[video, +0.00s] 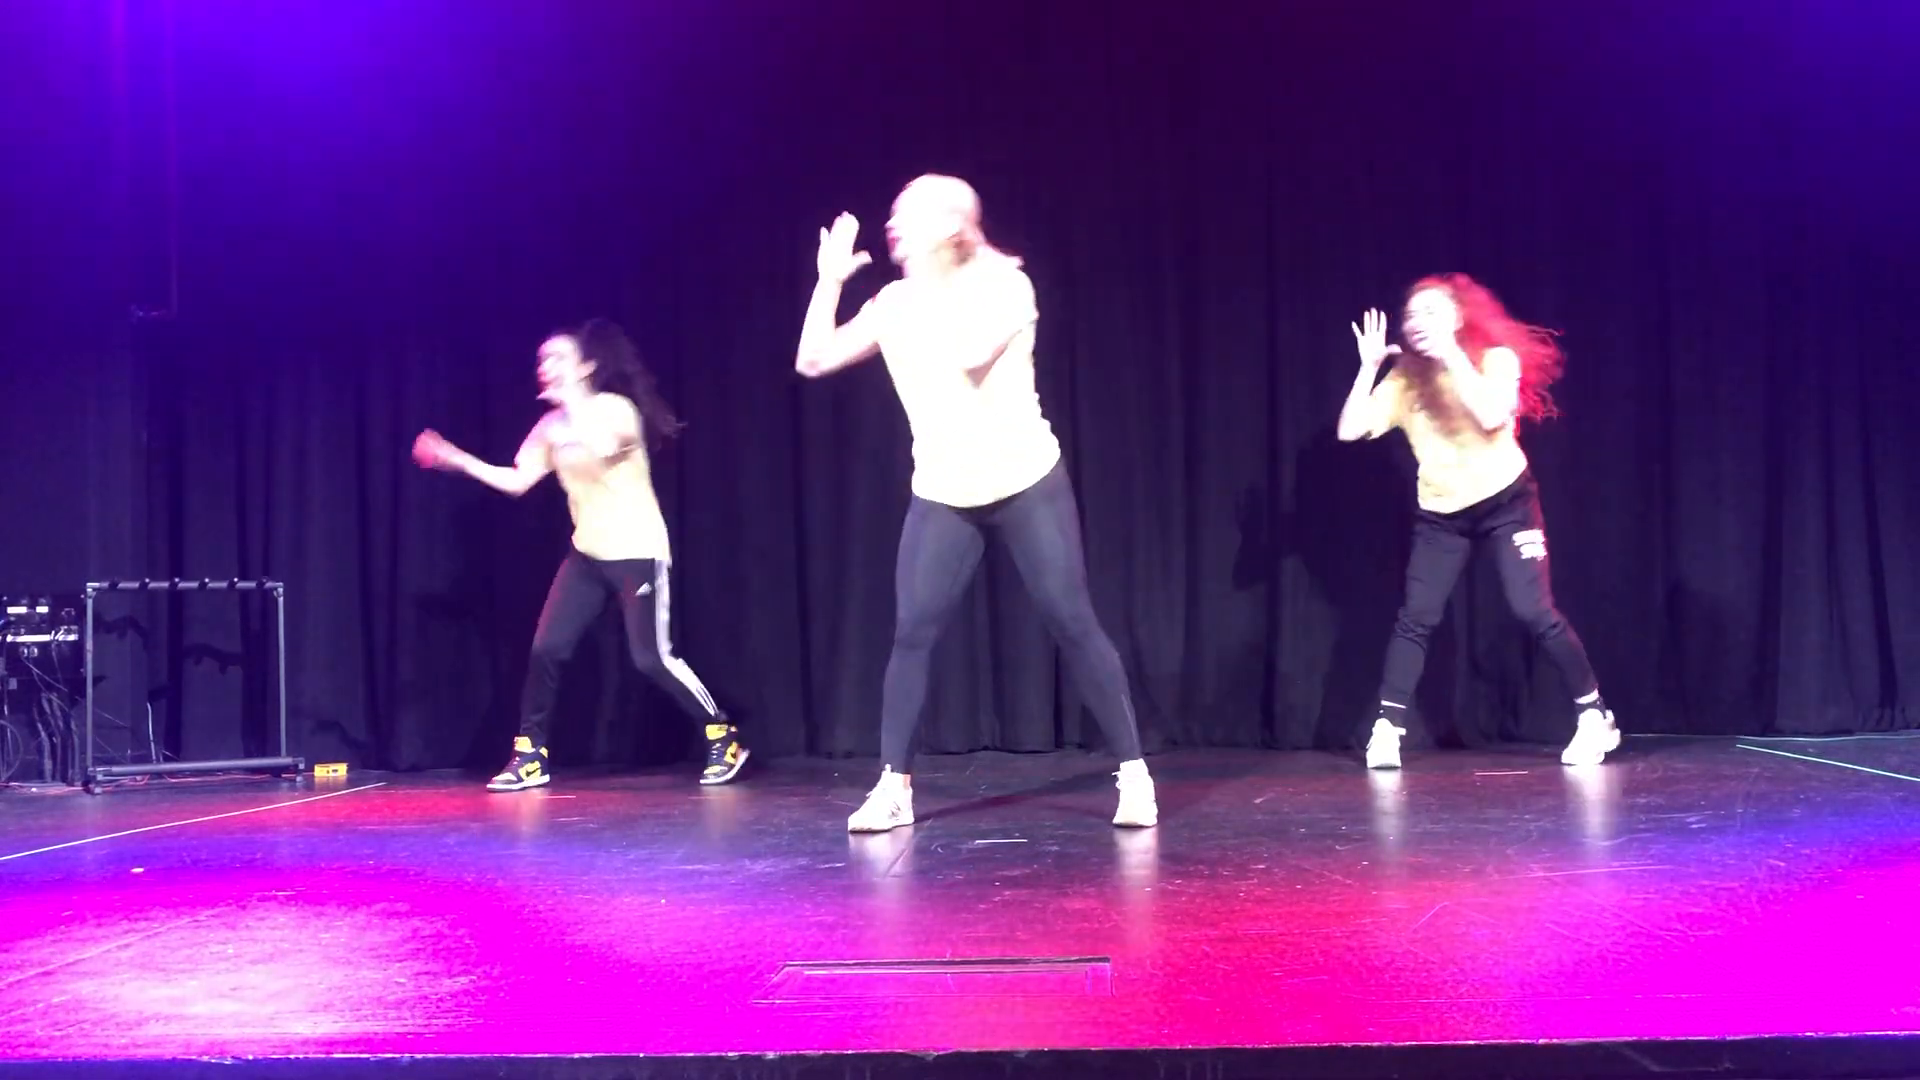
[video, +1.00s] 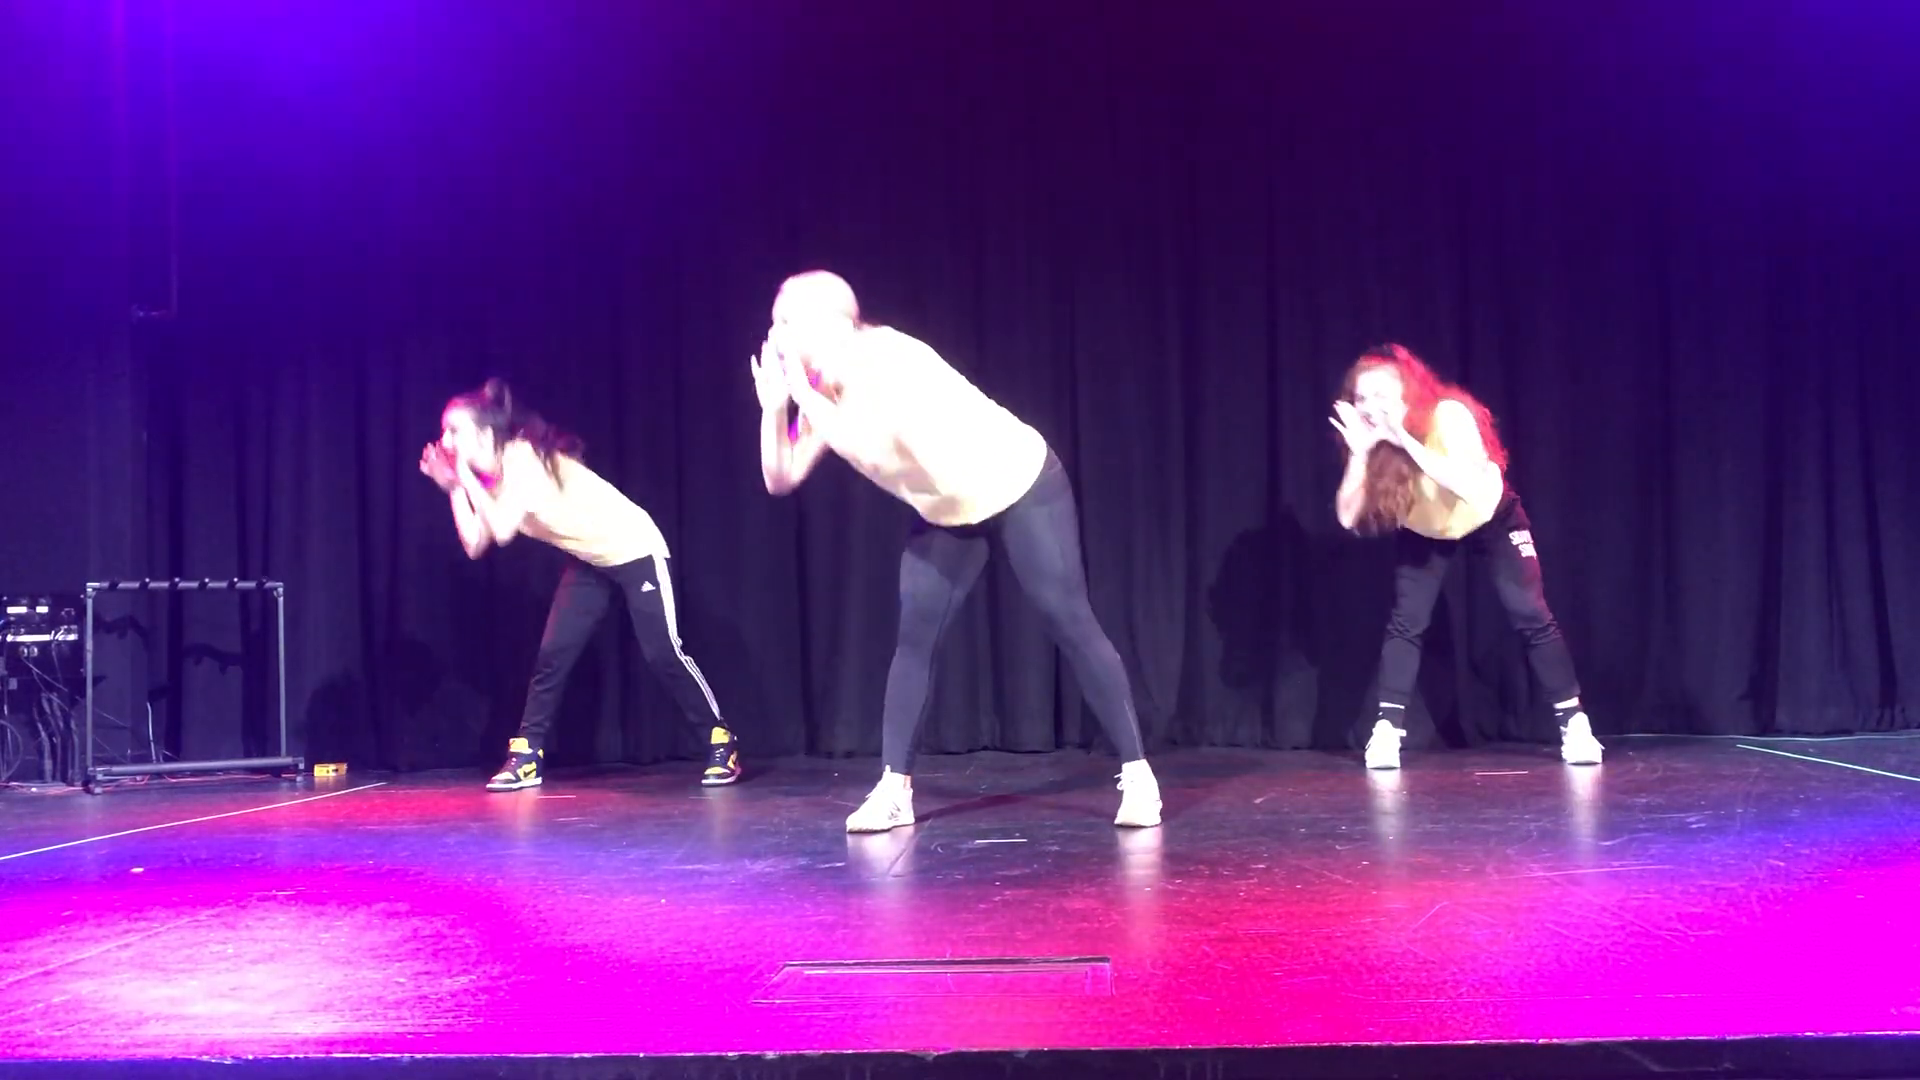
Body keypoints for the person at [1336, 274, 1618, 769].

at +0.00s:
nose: (1419, 324)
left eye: (1430, 313)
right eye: (1413, 316)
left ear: (1460, 317)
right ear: (1407, 328)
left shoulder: (1495, 360)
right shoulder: (1403, 380)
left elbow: (1493, 416)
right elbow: (1349, 429)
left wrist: (1449, 356)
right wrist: (1369, 367)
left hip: (1506, 503)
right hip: (1441, 515)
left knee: (1533, 610)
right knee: (1416, 616)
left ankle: (1596, 718)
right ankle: (1388, 729)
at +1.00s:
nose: (1375, 408)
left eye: (1383, 394)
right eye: (1366, 399)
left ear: (1408, 391)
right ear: (1356, 406)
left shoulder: (1449, 415)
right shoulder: (1373, 443)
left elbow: (1473, 486)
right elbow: (1348, 516)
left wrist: (1403, 441)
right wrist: (1358, 454)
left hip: (1493, 523)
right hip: (1427, 532)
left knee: (1530, 616)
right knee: (1406, 624)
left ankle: (1574, 724)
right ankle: (1387, 730)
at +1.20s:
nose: (1452, 433)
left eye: (1462, 420)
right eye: (1440, 423)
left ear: (1483, 417)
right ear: (1421, 426)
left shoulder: (1510, 444)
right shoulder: (1409, 457)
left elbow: (1539, 517)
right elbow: (1396, 537)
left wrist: (1487, 469)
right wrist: (1428, 476)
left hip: (1497, 534)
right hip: (1429, 538)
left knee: (1532, 617)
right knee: (1408, 622)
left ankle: (1574, 726)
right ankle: (1386, 730)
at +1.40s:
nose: (1537, 428)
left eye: (1545, 418)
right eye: (1527, 418)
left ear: (1558, 418)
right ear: (1502, 419)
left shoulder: (1561, 454)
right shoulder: (1467, 452)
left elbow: (1587, 522)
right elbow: (1458, 522)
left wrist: (1567, 465)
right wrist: (1507, 467)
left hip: (1498, 533)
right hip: (1430, 526)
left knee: (1534, 618)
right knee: (1416, 619)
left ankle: (1575, 727)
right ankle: (1386, 730)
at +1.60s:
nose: (1599, 406)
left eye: (1604, 395)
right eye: (1588, 395)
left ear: (1611, 400)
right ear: (1559, 398)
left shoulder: (1589, 448)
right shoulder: (1517, 433)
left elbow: (1621, 507)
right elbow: (1518, 509)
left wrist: (1614, 450)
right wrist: (1573, 446)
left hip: (1503, 530)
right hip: (1439, 516)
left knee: (1541, 619)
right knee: (1423, 618)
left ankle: (1575, 726)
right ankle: (1387, 729)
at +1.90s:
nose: (1638, 359)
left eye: (1640, 351)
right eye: (1626, 352)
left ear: (1642, 357)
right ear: (1597, 361)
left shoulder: (1618, 406)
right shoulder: (1564, 400)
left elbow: (1642, 473)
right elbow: (1591, 467)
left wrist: (1647, 407)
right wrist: (1630, 402)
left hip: (1517, 522)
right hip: (1459, 509)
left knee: (1549, 616)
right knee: (1429, 616)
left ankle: (1577, 727)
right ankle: (1381, 728)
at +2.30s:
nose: (1588, 301)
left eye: (1591, 292)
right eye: (1575, 292)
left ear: (1598, 300)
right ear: (1547, 299)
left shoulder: (1584, 355)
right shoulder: (1527, 346)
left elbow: (1599, 430)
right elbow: (1534, 416)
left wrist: (1648, 384)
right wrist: (1589, 373)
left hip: (1538, 502)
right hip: (1479, 496)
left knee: (1560, 611)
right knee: (1438, 610)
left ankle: (1578, 727)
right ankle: (1387, 724)